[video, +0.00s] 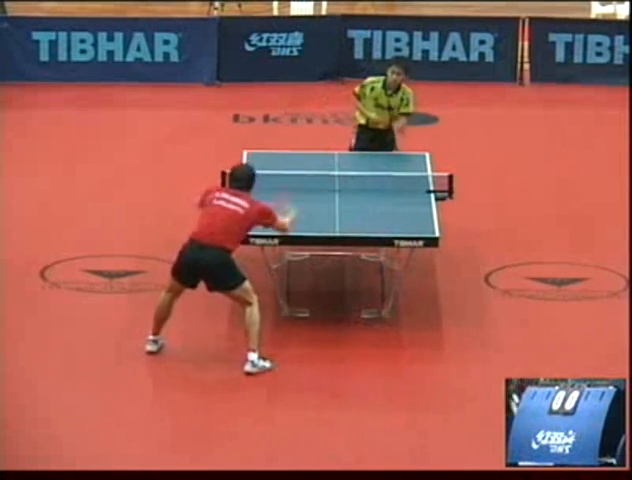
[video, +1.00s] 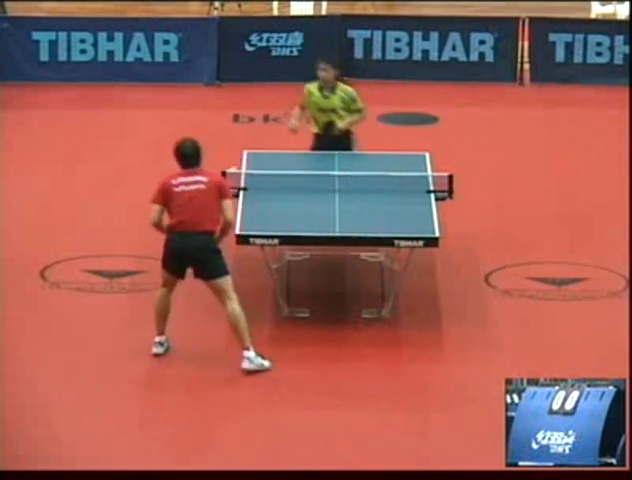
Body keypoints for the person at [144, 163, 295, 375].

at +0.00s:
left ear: (229, 181)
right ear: (251, 185)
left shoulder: (212, 193)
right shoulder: (255, 208)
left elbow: (200, 205)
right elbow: (282, 226)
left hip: (192, 249)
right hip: (218, 256)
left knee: (171, 293)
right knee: (250, 302)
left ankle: (153, 338)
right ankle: (253, 357)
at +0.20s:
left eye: (234, 164)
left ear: (230, 168)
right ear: (253, 172)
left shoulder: (213, 183)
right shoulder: (256, 197)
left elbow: (189, 205)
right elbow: (290, 219)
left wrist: (212, 204)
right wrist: (299, 205)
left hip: (194, 243)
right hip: (221, 248)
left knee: (176, 292)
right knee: (249, 299)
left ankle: (160, 339)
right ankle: (253, 357)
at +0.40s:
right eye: (244, 166)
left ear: (222, 165)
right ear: (245, 170)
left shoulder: (204, 183)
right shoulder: (246, 194)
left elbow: (189, 212)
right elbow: (276, 225)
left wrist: (211, 207)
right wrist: (279, 215)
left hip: (186, 240)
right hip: (212, 246)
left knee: (172, 290)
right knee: (241, 299)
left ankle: (159, 339)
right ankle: (251, 356)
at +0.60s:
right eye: (240, 168)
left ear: (218, 167)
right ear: (240, 170)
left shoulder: (200, 185)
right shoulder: (243, 196)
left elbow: (186, 215)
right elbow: (259, 238)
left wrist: (198, 231)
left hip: (184, 241)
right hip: (212, 246)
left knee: (171, 291)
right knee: (240, 300)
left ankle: (159, 339)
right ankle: (251, 357)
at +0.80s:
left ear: (204, 163)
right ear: (227, 164)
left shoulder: (190, 184)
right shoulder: (236, 189)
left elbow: (177, 220)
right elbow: (240, 229)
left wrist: (193, 223)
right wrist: (229, 244)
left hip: (185, 240)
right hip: (214, 243)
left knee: (171, 290)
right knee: (238, 300)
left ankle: (159, 339)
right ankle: (251, 356)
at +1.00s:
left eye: (181, 157)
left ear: (178, 160)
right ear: (201, 157)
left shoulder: (169, 183)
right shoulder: (216, 180)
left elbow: (156, 220)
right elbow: (229, 219)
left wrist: (171, 230)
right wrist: (216, 239)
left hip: (177, 239)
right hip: (204, 238)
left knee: (166, 288)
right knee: (229, 298)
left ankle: (160, 339)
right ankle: (249, 352)